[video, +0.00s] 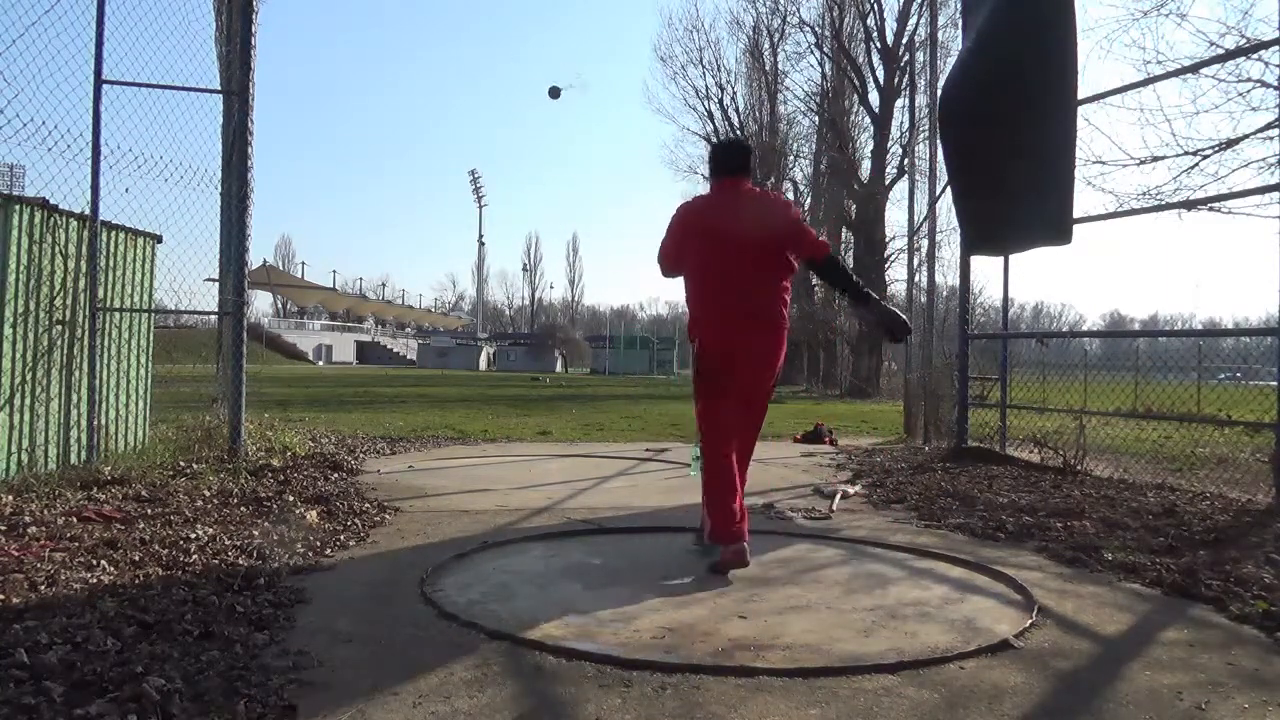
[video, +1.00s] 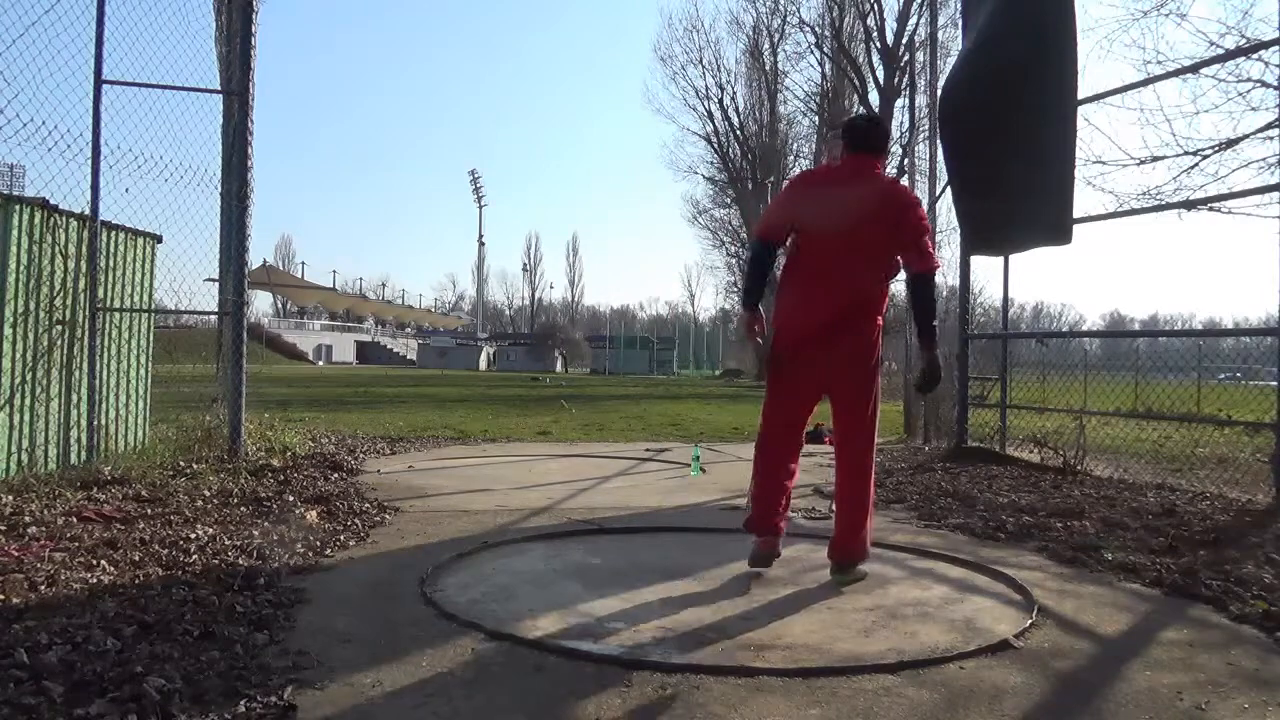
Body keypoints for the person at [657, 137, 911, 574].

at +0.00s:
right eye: (746, 167)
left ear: (711, 171)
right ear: (750, 169)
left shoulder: (691, 213)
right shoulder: (777, 209)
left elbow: (669, 265)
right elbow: (824, 261)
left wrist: (710, 248)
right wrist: (872, 303)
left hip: (713, 335)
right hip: (766, 337)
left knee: (716, 434)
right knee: (744, 432)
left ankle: (732, 543)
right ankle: (718, 522)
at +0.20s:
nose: (782, 172)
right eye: (786, 164)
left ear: (746, 162)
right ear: (787, 164)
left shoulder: (716, 203)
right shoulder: (805, 207)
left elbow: (681, 257)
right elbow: (857, 266)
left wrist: (730, 258)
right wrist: (909, 310)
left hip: (723, 338)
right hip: (780, 340)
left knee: (724, 444)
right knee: (790, 433)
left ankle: (732, 548)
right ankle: (811, 533)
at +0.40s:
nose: (817, 171)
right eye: (823, 163)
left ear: (782, 163)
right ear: (824, 164)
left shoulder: (751, 204)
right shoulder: (843, 210)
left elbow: (715, 262)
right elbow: (885, 276)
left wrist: (725, 297)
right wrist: (927, 329)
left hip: (758, 348)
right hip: (817, 351)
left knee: (742, 447)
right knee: (833, 452)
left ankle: (734, 549)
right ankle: (845, 555)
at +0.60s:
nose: (856, 165)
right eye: (859, 158)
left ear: (815, 154)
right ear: (859, 158)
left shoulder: (782, 195)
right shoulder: (875, 202)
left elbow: (749, 253)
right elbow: (916, 273)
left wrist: (739, 307)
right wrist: (948, 327)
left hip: (783, 340)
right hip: (842, 346)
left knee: (764, 440)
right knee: (848, 446)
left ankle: (742, 542)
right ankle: (847, 557)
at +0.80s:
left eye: (838, 148)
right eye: (876, 152)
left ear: (835, 149)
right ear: (879, 153)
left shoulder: (798, 190)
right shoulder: (893, 200)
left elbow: (761, 243)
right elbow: (926, 275)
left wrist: (749, 305)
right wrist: (953, 340)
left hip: (793, 336)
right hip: (854, 342)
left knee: (775, 440)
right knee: (854, 449)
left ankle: (751, 539)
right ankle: (847, 557)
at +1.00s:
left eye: (842, 144)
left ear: (842, 146)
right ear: (885, 153)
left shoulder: (804, 186)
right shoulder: (900, 199)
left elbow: (764, 244)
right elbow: (922, 276)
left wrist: (750, 309)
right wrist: (929, 349)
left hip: (794, 335)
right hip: (857, 343)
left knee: (778, 437)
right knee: (856, 448)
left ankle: (765, 540)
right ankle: (847, 557)